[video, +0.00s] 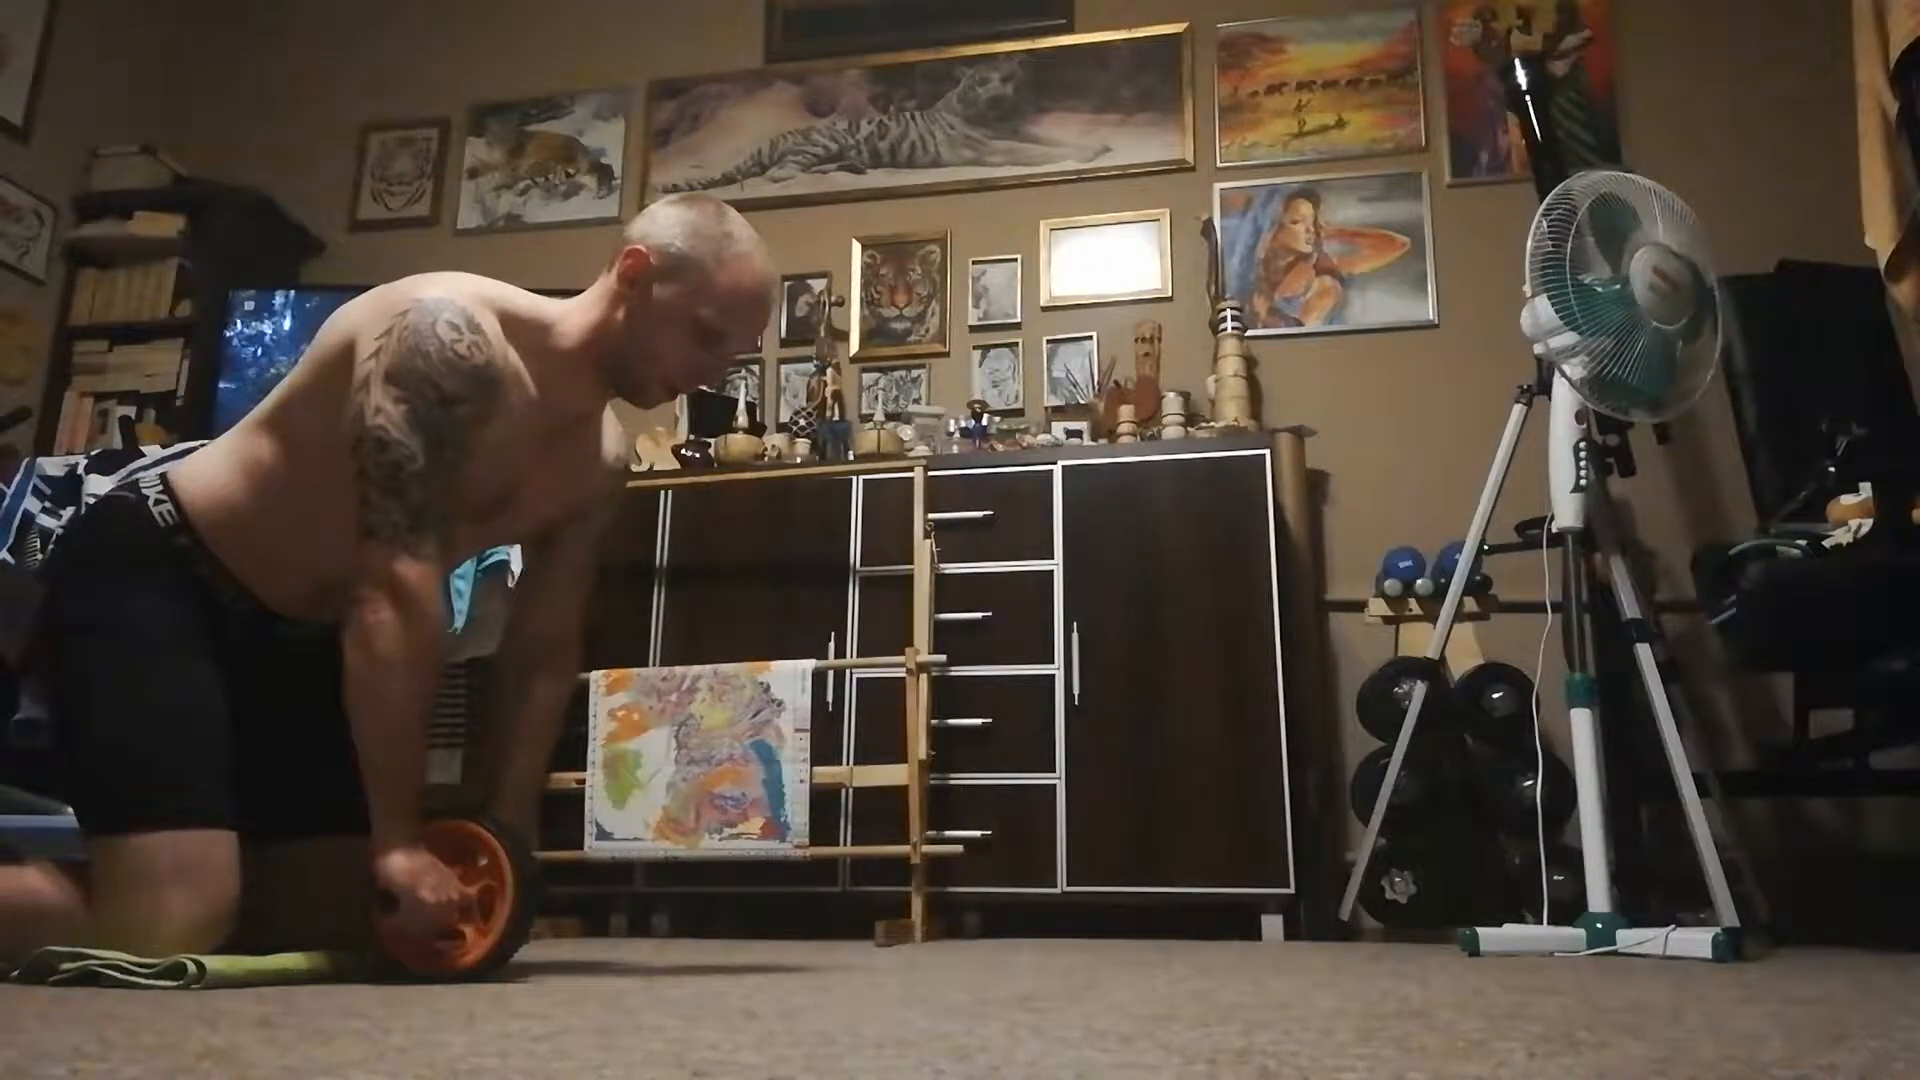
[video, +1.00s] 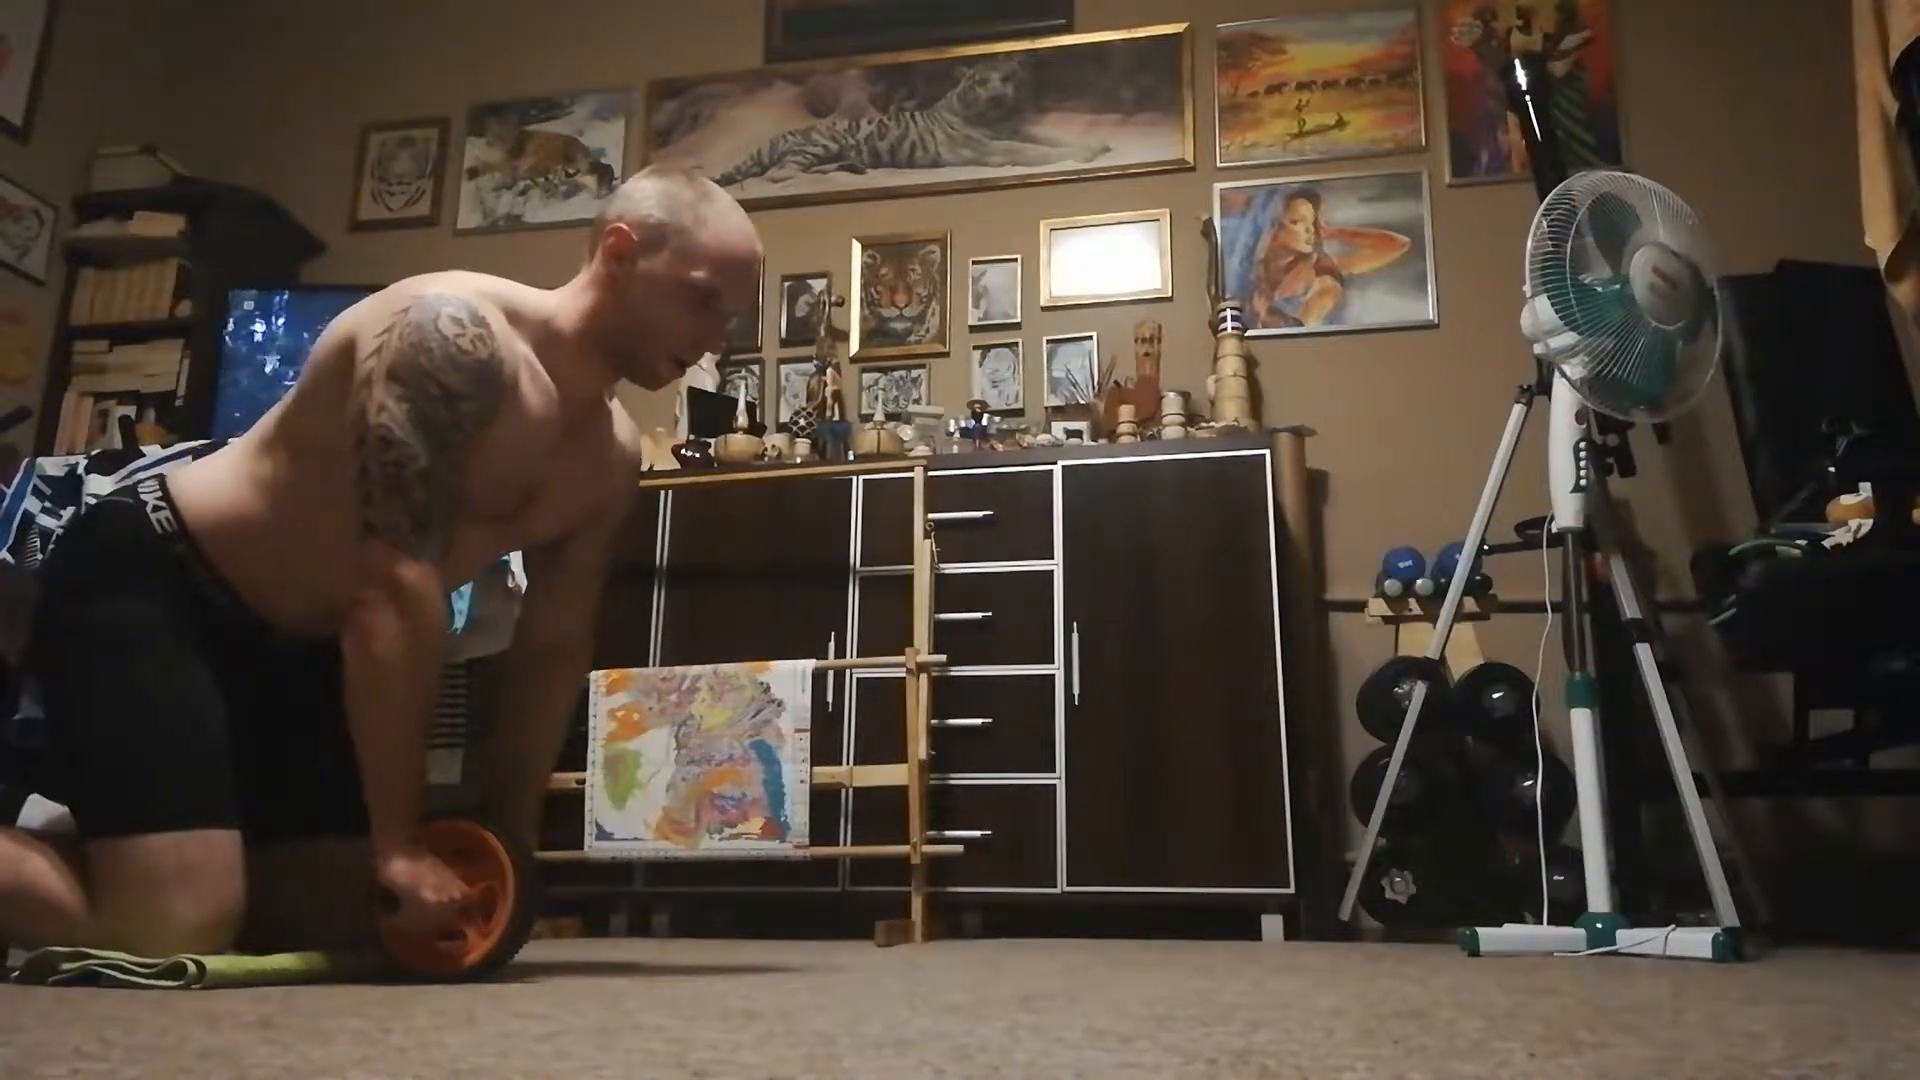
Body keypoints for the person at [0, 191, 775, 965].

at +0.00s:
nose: (718, 374)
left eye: (736, 353)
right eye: (711, 339)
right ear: (636, 279)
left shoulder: (589, 468)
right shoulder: (448, 339)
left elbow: (542, 656)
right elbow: (390, 604)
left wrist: (497, 858)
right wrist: (400, 845)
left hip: (294, 632)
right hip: (154, 569)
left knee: (354, 913)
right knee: (172, 922)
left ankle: (140, 894)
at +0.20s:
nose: (713, 368)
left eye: (733, 348)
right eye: (706, 331)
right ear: (628, 269)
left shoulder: (593, 455)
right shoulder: (440, 338)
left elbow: (538, 660)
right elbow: (385, 606)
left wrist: (495, 865)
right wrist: (400, 844)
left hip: (292, 631)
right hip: (148, 568)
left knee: (351, 914)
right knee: (171, 926)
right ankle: (11, 895)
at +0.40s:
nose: (707, 362)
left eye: (726, 344)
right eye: (699, 323)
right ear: (619, 261)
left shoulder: (593, 454)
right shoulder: (436, 335)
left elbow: (537, 663)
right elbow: (384, 604)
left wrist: (492, 862)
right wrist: (402, 846)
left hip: (291, 633)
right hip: (147, 575)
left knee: (347, 923)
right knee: (172, 934)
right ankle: (7, 836)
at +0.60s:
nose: (709, 343)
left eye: (724, 322)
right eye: (698, 305)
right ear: (615, 249)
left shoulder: (593, 452)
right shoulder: (436, 333)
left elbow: (538, 654)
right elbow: (391, 598)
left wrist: (501, 855)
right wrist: (403, 847)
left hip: (292, 639)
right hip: (146, 575)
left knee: (353, 922)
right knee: (178, 926)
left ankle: (105, 873)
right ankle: (10, 852)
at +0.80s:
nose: (713, 341)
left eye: (729, 319)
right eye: (701, 302)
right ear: (618, 247)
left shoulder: (601, 457)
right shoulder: (442, 333)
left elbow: (543, 659)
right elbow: (392, 602)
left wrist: (499, 855)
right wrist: (401, 849)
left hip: (292, 641)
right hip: (145, 572)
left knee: (356, 922)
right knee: (178, 925)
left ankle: (81, 865)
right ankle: (8, 856)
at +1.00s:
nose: (717, 340)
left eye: (733, 317)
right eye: (707, 300)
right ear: (621, 247)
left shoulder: (607, 465)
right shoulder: (449, 335)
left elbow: (548, 664)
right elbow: (390, 598)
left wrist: (498, 872)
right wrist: (400, 854)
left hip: (293, 643)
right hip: (149, 573)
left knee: (359, 923)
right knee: (177, 923)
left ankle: (82, 867)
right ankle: (8, 858)